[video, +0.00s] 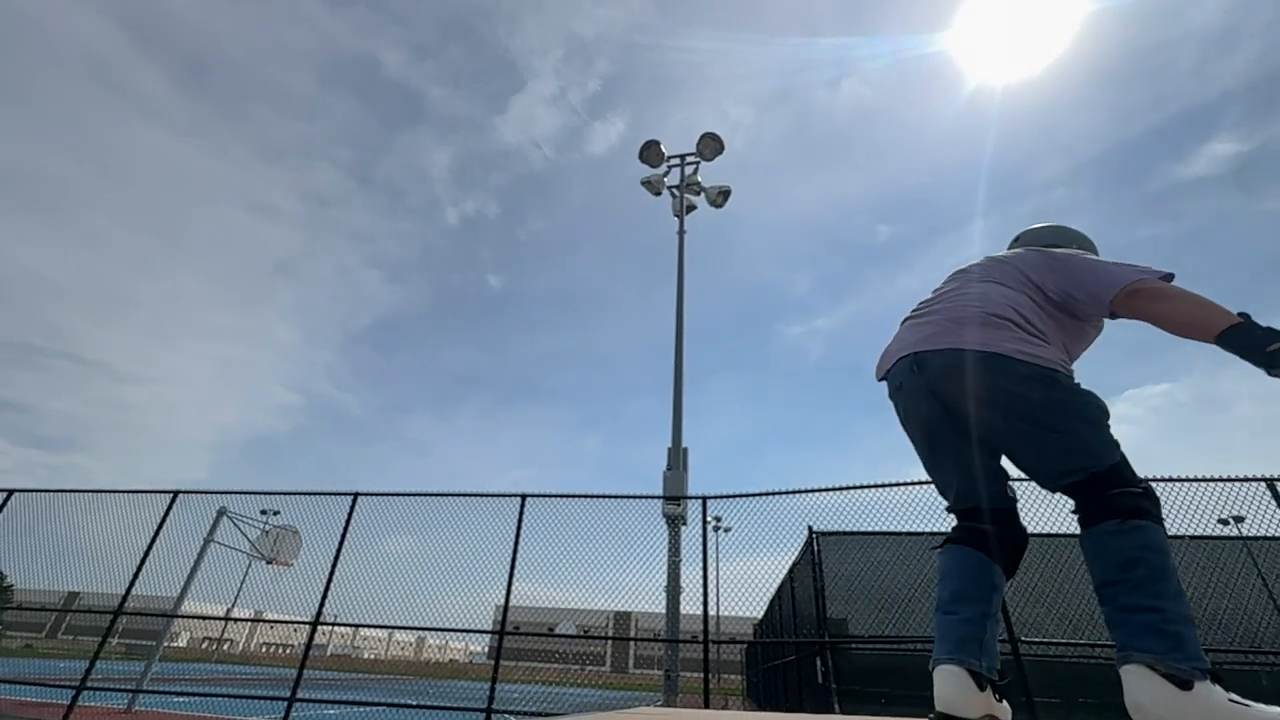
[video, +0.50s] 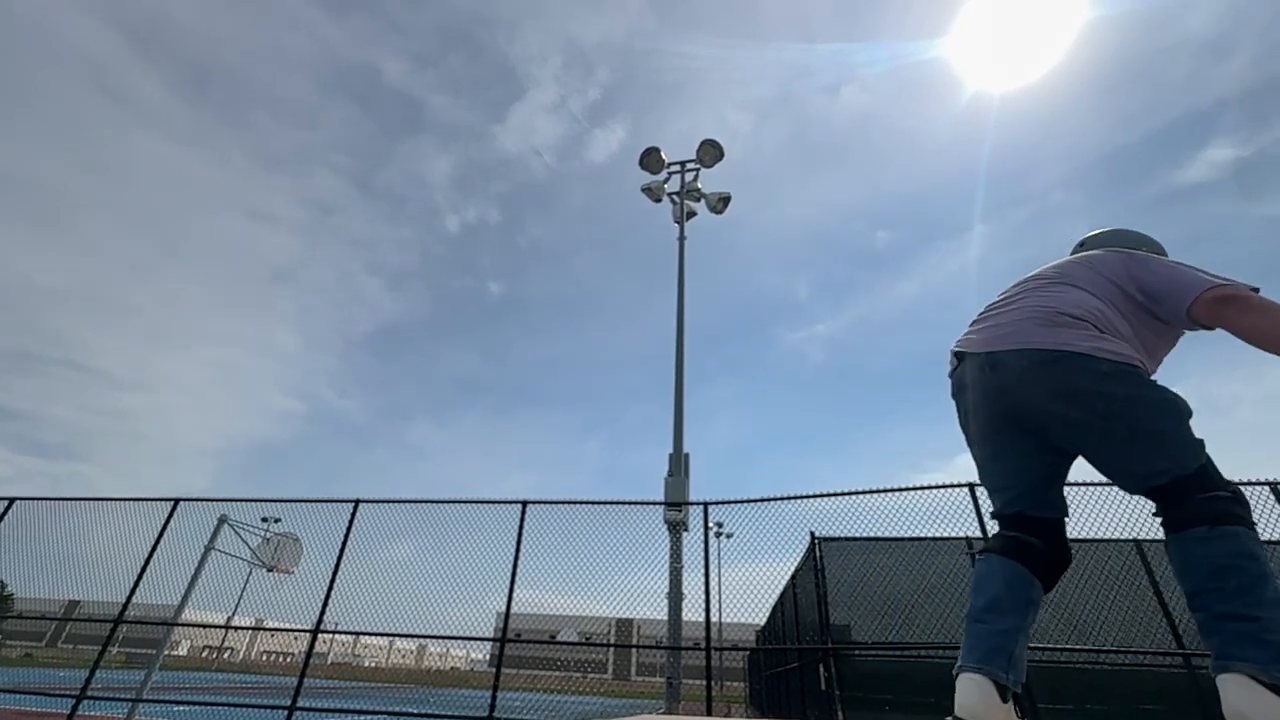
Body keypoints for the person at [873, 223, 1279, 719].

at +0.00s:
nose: (1095, 277)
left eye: (1091, 271)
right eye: (1089, 267)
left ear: (1019, 250)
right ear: (1073, 256)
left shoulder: (972, 275)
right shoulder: (1069, 262)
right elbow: (1152, 297)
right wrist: (1254, 339)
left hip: (909, 368)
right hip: (1004, 354)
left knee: (983, 522)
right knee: (1113, 496)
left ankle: (959, 671)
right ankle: (1166, 674)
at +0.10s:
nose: (1105, 275)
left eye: (1102, 270)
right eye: (1102, 267)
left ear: (1032, 250)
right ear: (1087, 257)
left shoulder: (986, 275)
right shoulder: (1081, 262)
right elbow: (1165, 298)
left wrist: (1000, 469)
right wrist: (1264, 341)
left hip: (922, 369)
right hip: (1015, 356)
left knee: (993, 523)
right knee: (1128, 494)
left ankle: (962, 669)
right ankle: (1183, 669)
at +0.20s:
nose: (1122, 282)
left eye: (1121, 273)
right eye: (1117, 272)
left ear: (1048, 254)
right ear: (1102, 260)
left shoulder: (1005, 280)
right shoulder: (1097, 265)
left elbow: (1011, 399)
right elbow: (1178, 300)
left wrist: (1051, 487)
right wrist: (1272, 344)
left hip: (934, 375)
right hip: (1029, 359)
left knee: (1002, 529)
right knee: (1145, 497)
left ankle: (967, 674)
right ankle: (1203, 673)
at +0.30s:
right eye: (1133, 274)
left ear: (1058, 257)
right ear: (1118, 261)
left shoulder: (1019, 282)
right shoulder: (1111, 267)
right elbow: (1193, 301)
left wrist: (1094, 488)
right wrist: (1277, 345)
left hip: (948, 376)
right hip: (1045, 361)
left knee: (1008, 533)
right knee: (1167, 505)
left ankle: (971, 677)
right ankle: (1220, 673)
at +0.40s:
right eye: (1145, 272)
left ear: (1073, 254)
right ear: (1132, 259)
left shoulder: (1031, 280)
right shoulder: (1129, 266)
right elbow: (1210, 302)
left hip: (962, 374)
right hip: (1057, 361)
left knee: (1020, 533)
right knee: (1184, 501)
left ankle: (977, 677)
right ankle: (1236, 672)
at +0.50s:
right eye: (1159, 269)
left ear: (1085, 253)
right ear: (1144, 256)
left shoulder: (1043, 279)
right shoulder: (1143, 264)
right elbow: (1227, 302)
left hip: (978, 374)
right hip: (1074, 361)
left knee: (1028, 533)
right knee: (1200, 499)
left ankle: (980, 677)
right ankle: (1248, 672)